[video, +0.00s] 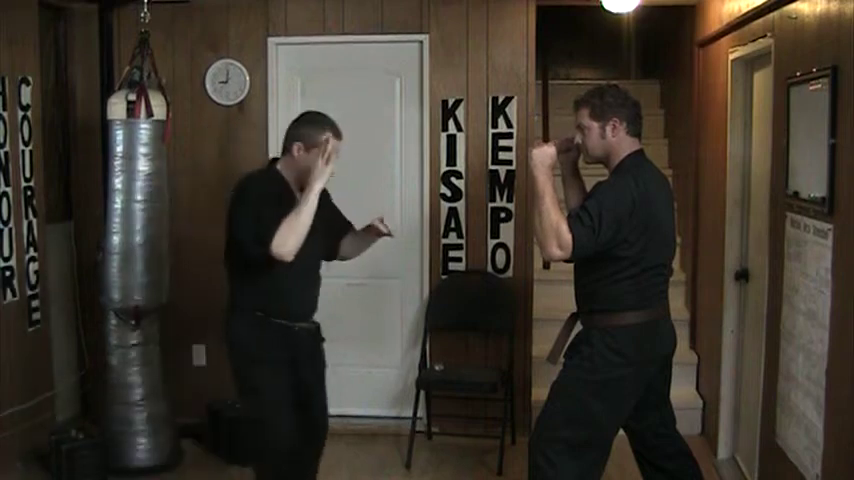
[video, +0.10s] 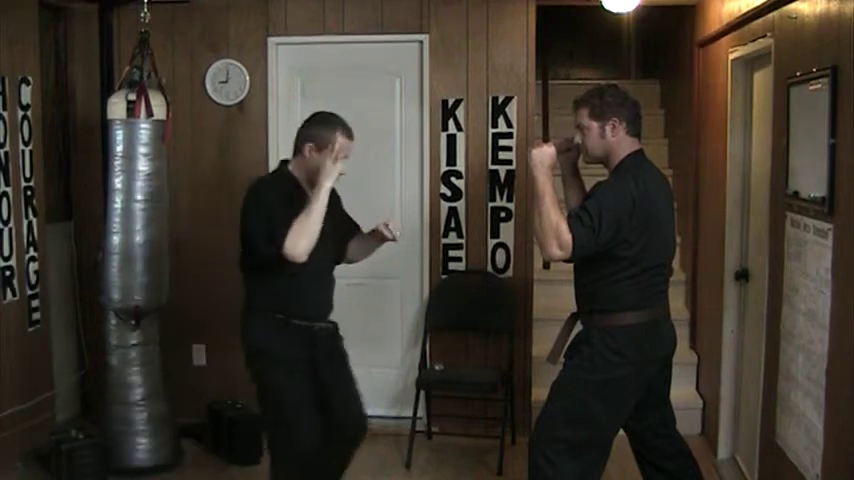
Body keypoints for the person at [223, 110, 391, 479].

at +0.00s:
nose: (329, 164)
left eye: (332, 156)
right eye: (324, 154)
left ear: (305, 152)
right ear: (297, 150)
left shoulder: (311, 193)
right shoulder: (255, 189)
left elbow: (338, 247)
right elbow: (284, 248)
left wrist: (367, 235)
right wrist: (314, 188)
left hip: (303, 334)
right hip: (259, 335)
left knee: (313, 430)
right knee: (277, 436)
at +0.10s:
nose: (340, 167)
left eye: (344, 159)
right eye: (336, 156)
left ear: (316, 152)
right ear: (309, 151)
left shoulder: (321, 193)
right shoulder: (266, 192)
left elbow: (346, 250)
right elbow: (296, 250)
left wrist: (374, 238)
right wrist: (323, 187)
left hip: (320, 333)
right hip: (275, 335)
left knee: (349, 425)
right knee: (298, 440)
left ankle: (315, 478)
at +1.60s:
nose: (322, 159)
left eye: (325, 152)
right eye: (316, 149)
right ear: (289, 143)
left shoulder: (309, 189)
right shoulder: (246, 181)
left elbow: (347, 234)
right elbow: (259, 241)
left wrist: (373, 198)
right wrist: (300, 182)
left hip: (288, 328)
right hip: (243, 328)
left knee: (295, 433)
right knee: (243, 437)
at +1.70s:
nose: (307, 161)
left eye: (310, 153)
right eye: (301, 151)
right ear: (273, 144)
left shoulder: (294, 191)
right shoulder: (231, 185)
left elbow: (331, 234)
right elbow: (249, 241)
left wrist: (354, 195)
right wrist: (291, 183)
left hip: (275, 327)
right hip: (228, 328)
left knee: (291, 430)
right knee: (221, 432)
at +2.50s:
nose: (291, 167)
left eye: (294, 158)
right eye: (288, 156)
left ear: (267, 153)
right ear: (259, 149)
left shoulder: (266, 194)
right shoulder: (217, 190)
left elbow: (295, 247)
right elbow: (252, 247)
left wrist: (323, 211)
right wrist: (278, 188)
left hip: (259, 334)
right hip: (212, 334)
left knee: (283, 434)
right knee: (190, 437)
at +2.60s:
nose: (310, 164)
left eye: (313, 156)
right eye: (307, 153)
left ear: (285, 149)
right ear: (277, 146)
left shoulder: (288, 193)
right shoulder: (233, 189)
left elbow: (323, 241)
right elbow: (267, 244)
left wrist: (346, 205)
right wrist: (295, 183)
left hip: (276, 332)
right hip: (230, 333)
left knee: (290, 436)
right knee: (223, 438)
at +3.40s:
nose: (444, 169)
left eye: (447, 161)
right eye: (438, 160)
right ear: (409, 154)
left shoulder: (436, 207)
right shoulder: (359, 196)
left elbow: (488, 259)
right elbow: (360, 260)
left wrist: (537, 294)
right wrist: (408, 204)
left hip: (411, 344)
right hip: (355, 340)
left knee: (441, 442)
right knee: (338, 444)